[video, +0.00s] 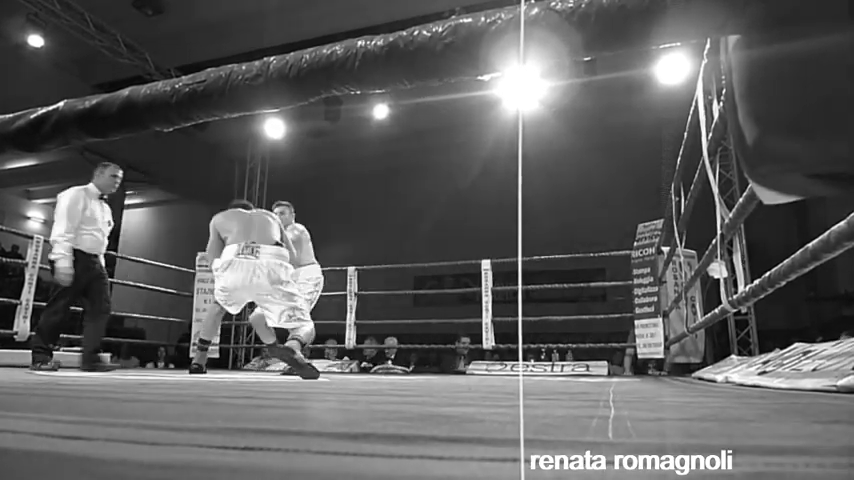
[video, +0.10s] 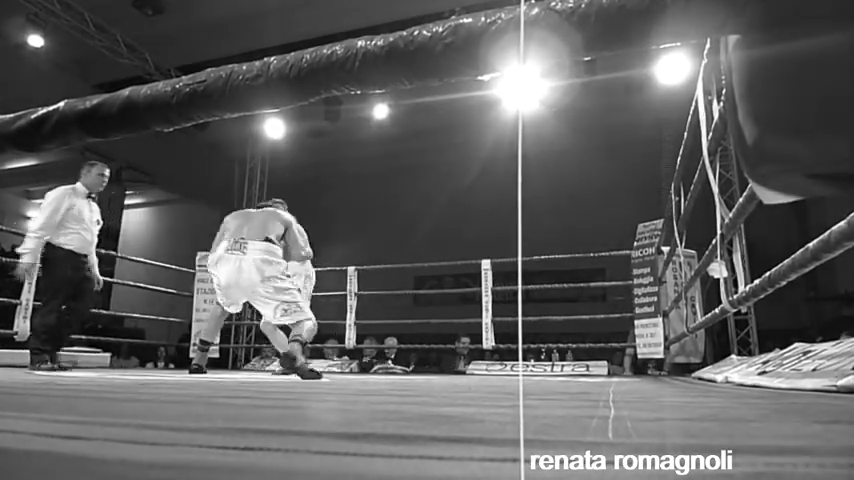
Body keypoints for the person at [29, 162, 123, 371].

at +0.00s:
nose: (118, 182)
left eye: (120, 179)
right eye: (114, 177)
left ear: (119, 183)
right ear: (99, 174)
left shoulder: (105, 209)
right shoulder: (74, 195)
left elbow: (100, 243)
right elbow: (62, 230)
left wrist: (101, 267)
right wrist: (63, 261)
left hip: (95, 262)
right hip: (73, 256)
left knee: (100, 307)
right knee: (58, 306)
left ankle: (90, 357)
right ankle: (40, 355)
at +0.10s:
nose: (105, 181)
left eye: (107, 178)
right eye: (101, 175)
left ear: (107, 182)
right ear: (85, 173)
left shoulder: (94, 209)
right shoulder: (62, 195)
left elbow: (90, 246)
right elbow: (38, 228)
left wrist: (95, 272)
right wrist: (28, 258)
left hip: (81, 261)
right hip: (58, 255)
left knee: (80, 306)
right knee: (52, 305)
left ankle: (52, 351)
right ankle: (39, 355)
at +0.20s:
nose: (98, 182)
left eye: (100, 179)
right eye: (94, 177)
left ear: (98, 182)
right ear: (77, 174)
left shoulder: (88, 211)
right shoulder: (55, 195)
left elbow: (85, 246)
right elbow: (27, 226)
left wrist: (90, 271)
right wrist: (10, 258)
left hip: (73, 260)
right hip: (52, 254)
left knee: (64, 308)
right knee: (50, 304)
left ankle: (24, 346)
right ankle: (38, 355)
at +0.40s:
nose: (86, 185)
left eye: (87, 182)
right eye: (82, 180)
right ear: (66, 178)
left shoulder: (76, 213)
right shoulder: (38, 197)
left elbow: (75, 246)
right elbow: (11, 230)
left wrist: (77, 272)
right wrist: (2, 256)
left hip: (55, 261)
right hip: (34, 254)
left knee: (27, 307)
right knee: (45, 303)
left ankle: (5, 352)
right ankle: (39, 356)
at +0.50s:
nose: (83, 186)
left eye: (84, 182)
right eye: (79, 180)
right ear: (63, 178)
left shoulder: (72, 213)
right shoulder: (34, 196)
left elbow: (70, 246)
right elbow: (9, 230)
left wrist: (71, 273)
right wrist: (2, 260)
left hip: (51, 262)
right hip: (29, 255)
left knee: (25, 306)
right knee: (36, 302)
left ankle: (4, 352)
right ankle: (35, 355)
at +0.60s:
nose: (78, 184)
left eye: (79, 181)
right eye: (74, 179)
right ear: (58, 177)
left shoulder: (67, 211)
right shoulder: (28, 195)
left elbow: (64, 245)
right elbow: (5, 230)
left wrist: (63, 271)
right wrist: (3, 262)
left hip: (46, 261)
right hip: (23, 254)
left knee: (34, 305)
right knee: (26, 297)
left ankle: (15, 351)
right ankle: (10, 352)